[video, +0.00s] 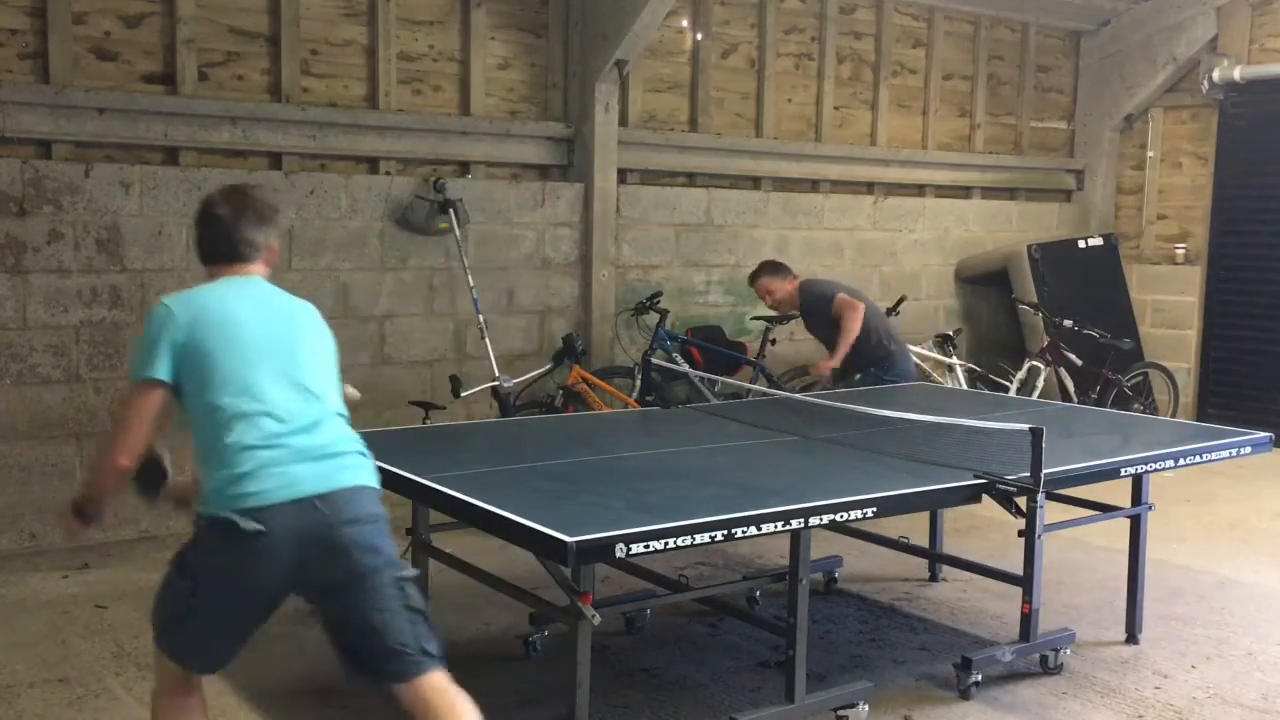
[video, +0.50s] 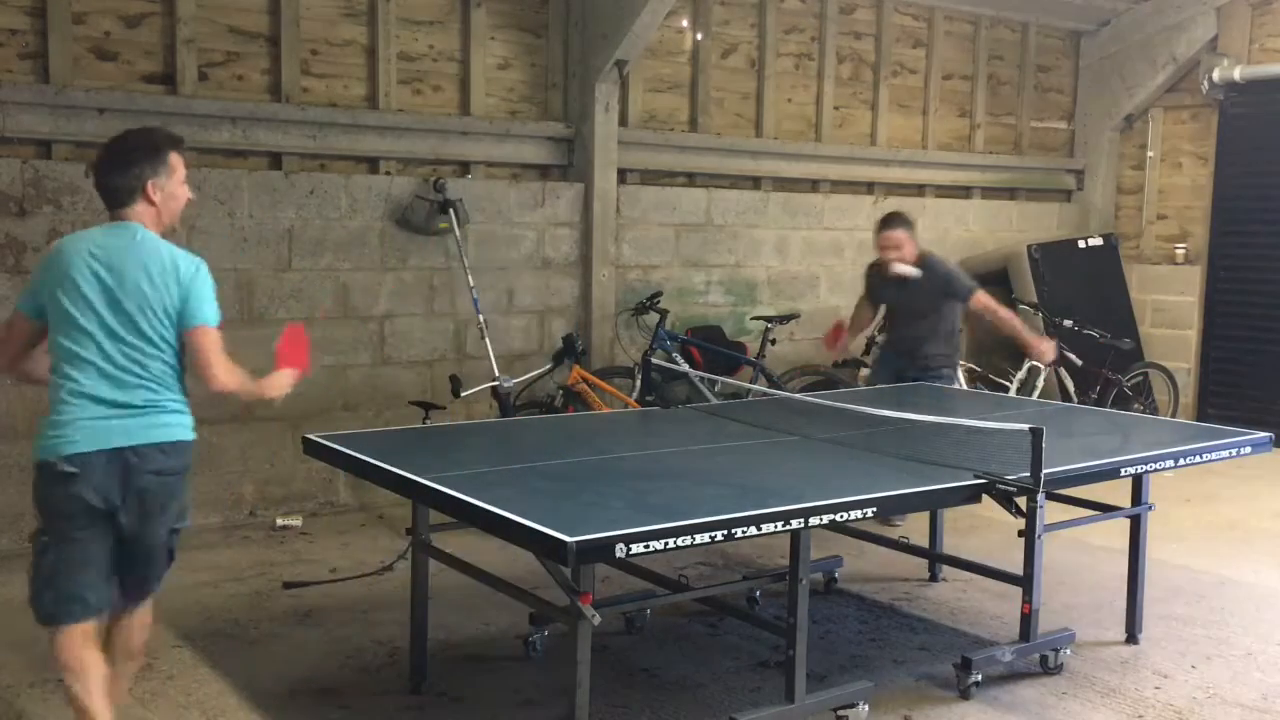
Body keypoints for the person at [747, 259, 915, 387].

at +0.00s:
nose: (768, 302)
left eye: (769, 293)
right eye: (763, 299)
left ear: (788, 280)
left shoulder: (810, 291)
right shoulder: (809, 305)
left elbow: (854, 309)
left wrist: (837, 358)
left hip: (886, 373)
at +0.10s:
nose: (763, 306)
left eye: (764, 297)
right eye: (758, 303)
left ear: (784, 284)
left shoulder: (808, 296)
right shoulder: (804, 309)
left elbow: (863, 322)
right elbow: (838, 346)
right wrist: (827, 382)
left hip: (888, 372)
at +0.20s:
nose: (769, 301)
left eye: (773, 291)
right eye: (765, 295)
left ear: (795, 281)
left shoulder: (822, 297)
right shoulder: (803, 310)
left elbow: (881, 326)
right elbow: (832, 348)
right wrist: (820, 383)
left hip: (884, 374)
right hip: (851, 375)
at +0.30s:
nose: (794, 290)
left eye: (798, 281)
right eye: (791, 284)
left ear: (819, 272)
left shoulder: (852, 293)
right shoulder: (815, 307)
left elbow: (908, 320)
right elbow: (829, 347)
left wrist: (938, 362)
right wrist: (815, 384)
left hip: (895, 374)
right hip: (856, 377)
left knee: (892, 439)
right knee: (852, 437)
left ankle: (893, 505)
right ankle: (857, 501)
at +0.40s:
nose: (837, 271)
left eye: (843, 262)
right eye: (833, 264)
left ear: (864, 257)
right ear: (830, 264)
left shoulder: (895, 282)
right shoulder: (843, 289)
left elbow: (951, 312)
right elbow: (849, 325)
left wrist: (984, 358)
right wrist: (827, 361)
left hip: (912, 368)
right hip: (872, 366)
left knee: (901, 434)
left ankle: (896, 504)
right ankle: (852, 495)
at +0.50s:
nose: (890, 255)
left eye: (897, 247)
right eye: (884, 248)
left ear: (914, 244)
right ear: (878, 247)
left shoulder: (938, 272)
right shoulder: (877, 273)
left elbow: (989, 307)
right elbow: (868, 306)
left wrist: (1032, 341)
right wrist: (848, 333)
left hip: (934, 372)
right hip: (891, 368)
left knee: (921, 439)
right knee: (879, 431)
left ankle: (898, 503)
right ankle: (879, 496)